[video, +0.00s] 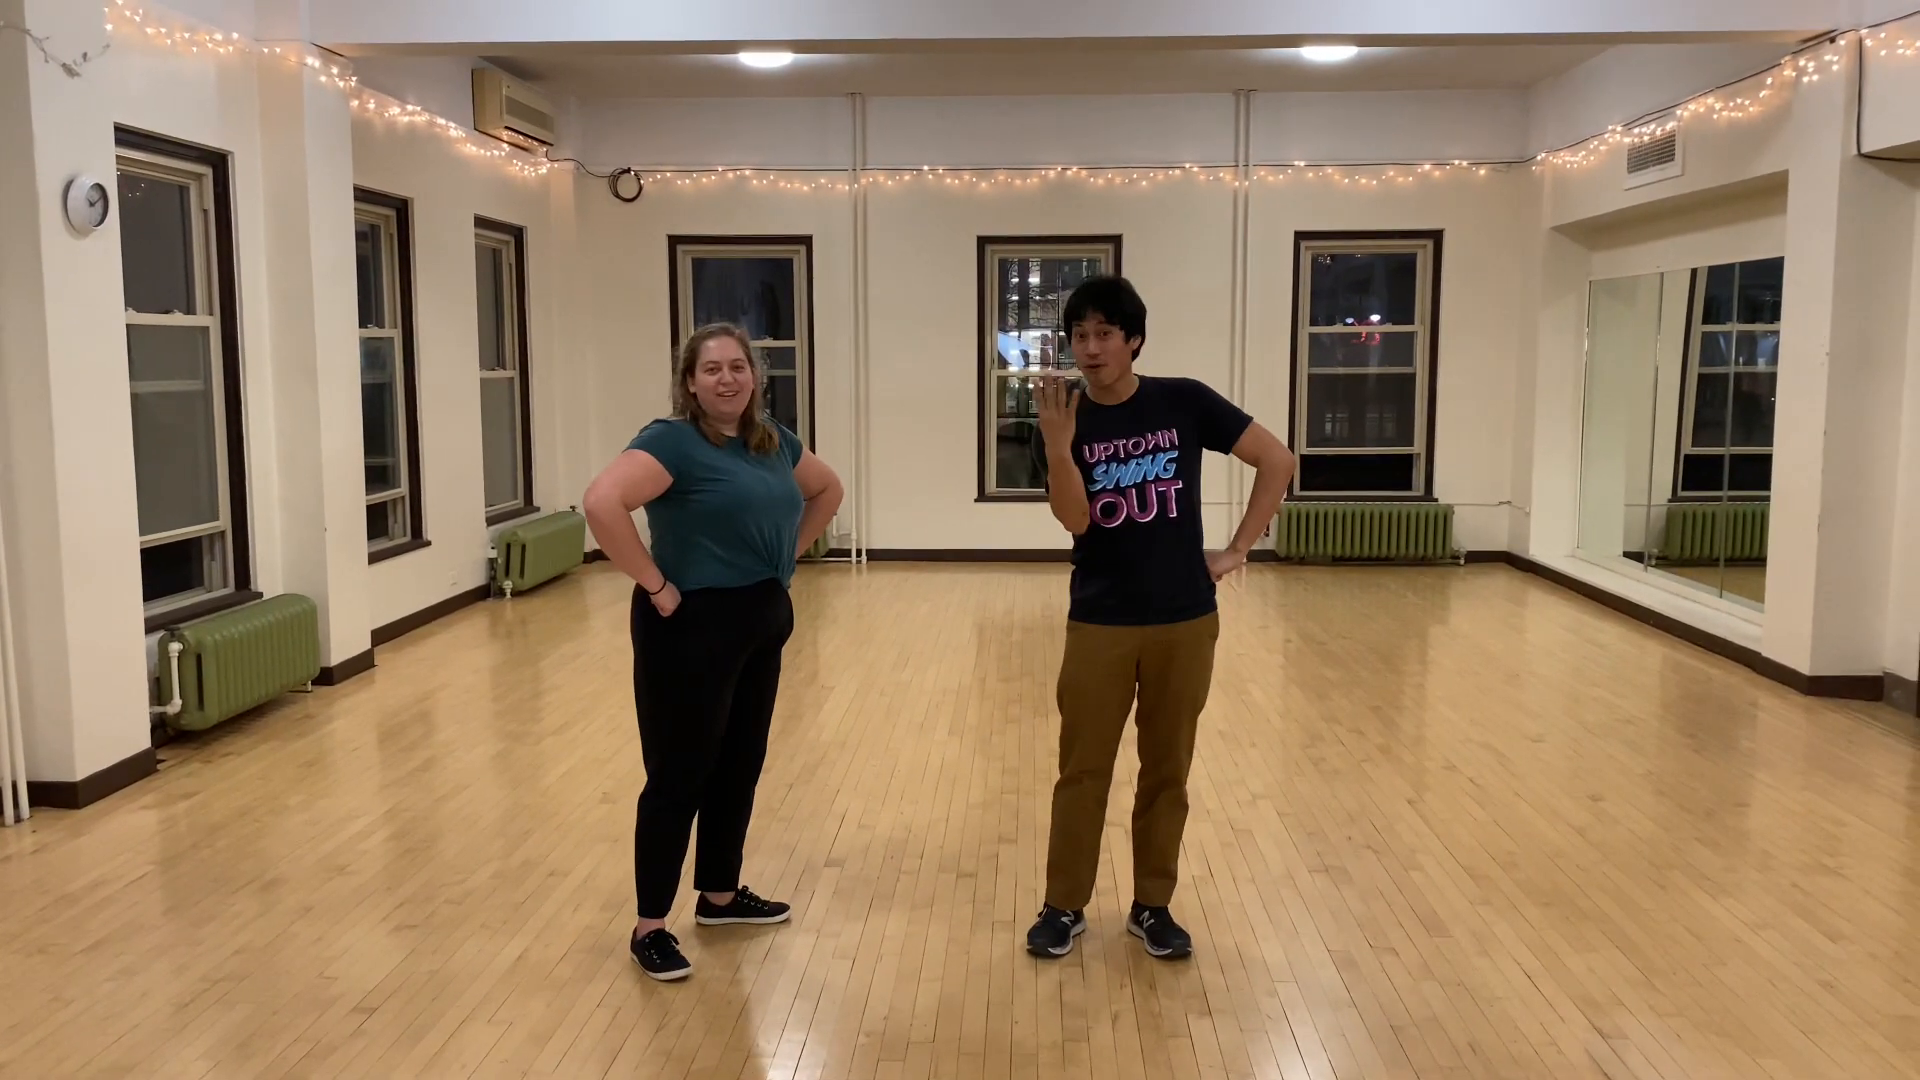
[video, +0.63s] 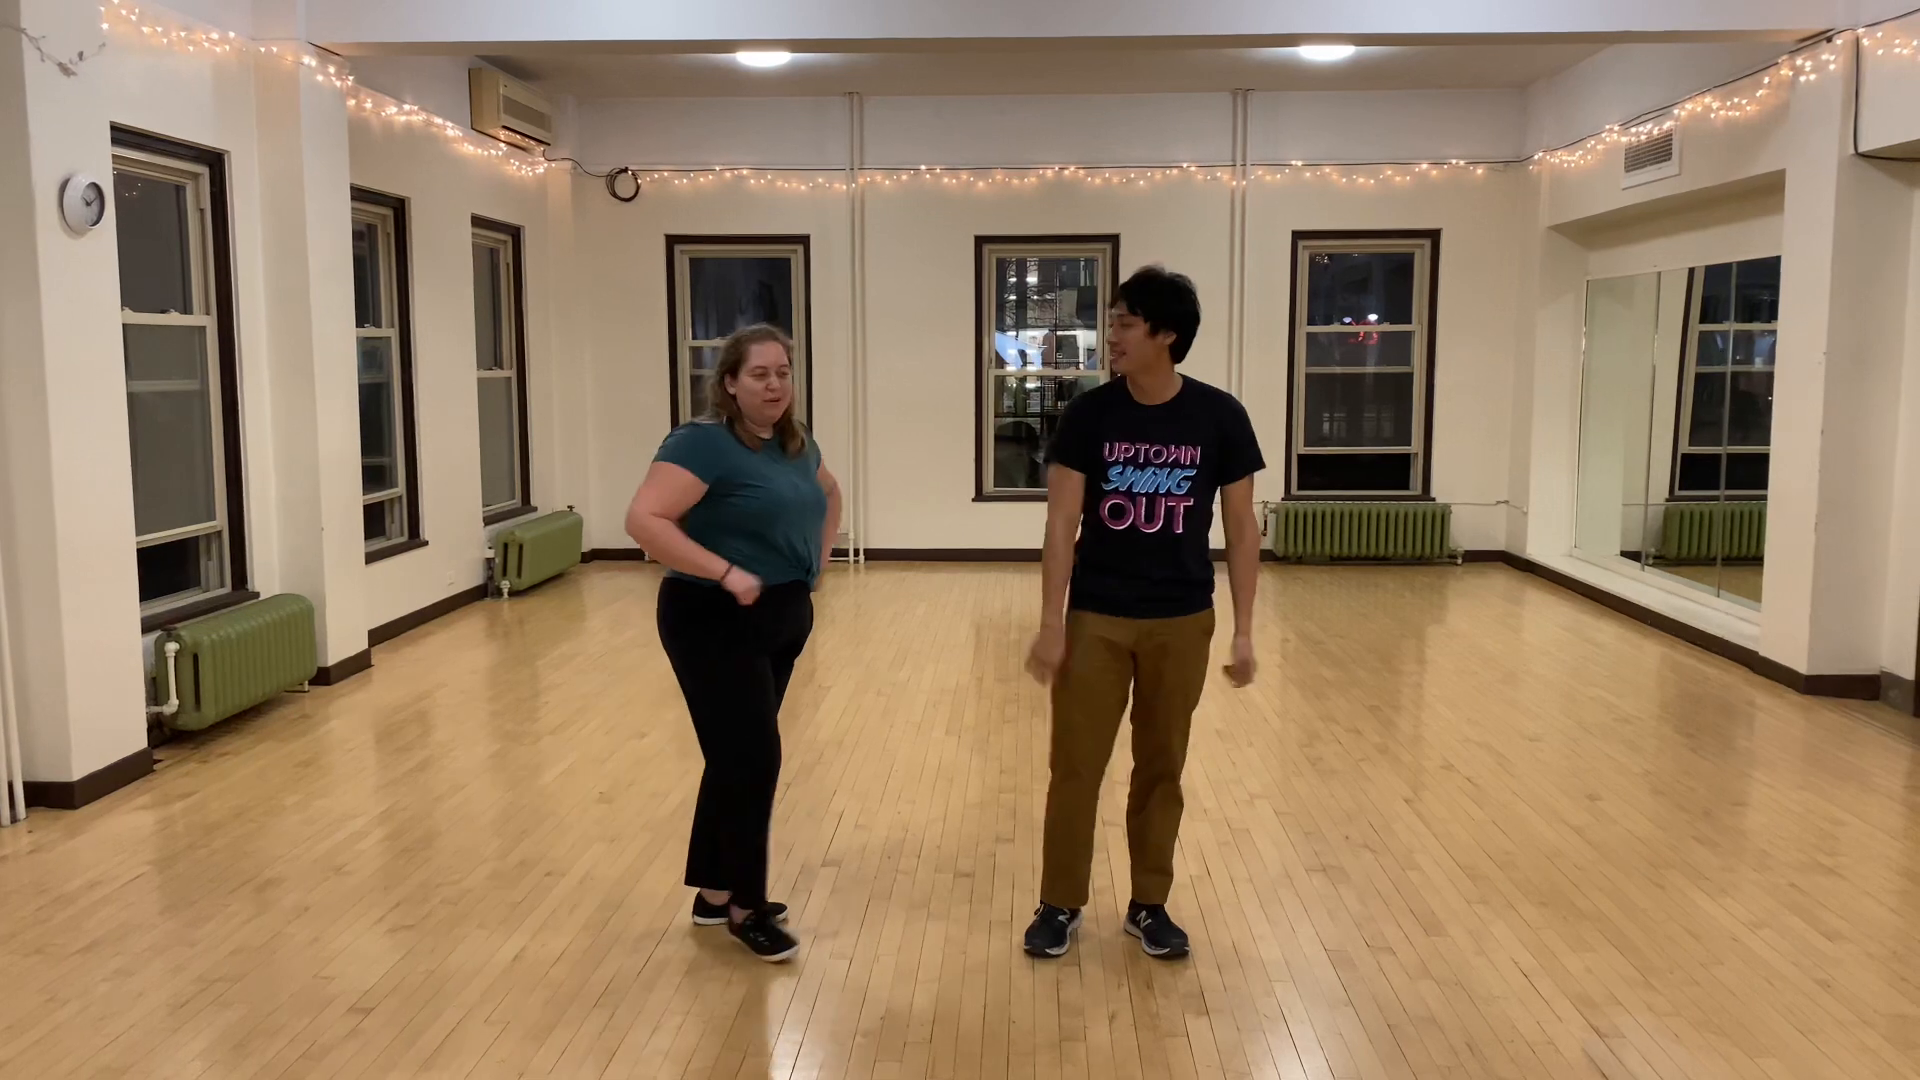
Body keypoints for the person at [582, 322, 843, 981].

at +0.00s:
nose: (728, 377)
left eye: (738, 366)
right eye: (713, 368)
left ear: (755, 377)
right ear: (691, 381)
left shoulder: (771, 442)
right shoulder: (673, 442)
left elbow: (828, 490)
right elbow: (602, 500)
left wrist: (786, 558)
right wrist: (655, 586)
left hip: (758, 621)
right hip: (687, 625)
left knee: (737, 767)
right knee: (677, 775)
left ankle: (719, 894)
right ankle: (650, 925)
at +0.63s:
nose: (774, 385)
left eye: (782, 373)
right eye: (759, 374)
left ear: (792, 380)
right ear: (731, 382)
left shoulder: (794, 443)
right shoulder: (701, 443)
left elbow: (830, 492)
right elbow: (643, 519)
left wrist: (818, 558)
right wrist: (724, 570)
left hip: (776, 614)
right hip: (708, 615)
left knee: (737, 754)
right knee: (753, 757)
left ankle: (711, 892)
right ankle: (745, 906)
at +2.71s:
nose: (825, 383)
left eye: (825, 372)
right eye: (818, 371)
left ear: (788, 373)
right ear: (783, 372)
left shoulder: (786, 433)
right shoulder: (752, 438)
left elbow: (802, 523)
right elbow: (780, 539)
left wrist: (850, 501)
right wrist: (862, 520)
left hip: (790, 613)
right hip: (753, 617)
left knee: (789, 750)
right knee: (760, 758)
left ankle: (793, 875)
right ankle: (766, 903)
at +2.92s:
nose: (827, 385)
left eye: (827, 373)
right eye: (820, 373)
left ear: (782, 375)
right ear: (787, 375)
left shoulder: (758, 430)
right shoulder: (769, 441)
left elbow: (769, 519)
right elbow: (811, 544)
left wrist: (829, 495)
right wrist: (883, 527)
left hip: (767, 606)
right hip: (745, 613)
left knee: (779, 739)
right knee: (753, 751)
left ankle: (787, 862)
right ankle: (761, 903)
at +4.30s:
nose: (804, 372)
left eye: (803, 361)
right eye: (798, 362)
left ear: (743, 366)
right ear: (769, 367)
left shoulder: (699, 423)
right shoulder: (789, 426)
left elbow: (687, 504)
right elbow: (832, 518)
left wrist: (748, 513)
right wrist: (903, 563)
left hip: (703, 585)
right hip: (775, 588)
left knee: (716, 719)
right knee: (769, 724)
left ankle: (720, 851)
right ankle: (770, 861)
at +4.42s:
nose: (806, 372)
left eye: (804, 361)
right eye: (799, 362)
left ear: (744, 367)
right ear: (770, 367)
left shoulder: (700, 424)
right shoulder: (789, 427)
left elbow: (687, 505)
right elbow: (832, 519)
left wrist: (750, 515)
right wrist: (903, 565)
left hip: (704, 585)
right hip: (776, 588)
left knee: (717, 719)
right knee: (769, 724)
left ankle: (718, 852)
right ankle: (769, 862)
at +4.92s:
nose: (801, 372)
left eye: (800, 361)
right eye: (793, 361)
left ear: (741, 368)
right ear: (760, 366)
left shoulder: (701, 425)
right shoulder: (776, 431)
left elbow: (719, 510)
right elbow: (827, 522)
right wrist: (909, 535)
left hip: (704, 585)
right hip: (770, 592)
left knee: (717, 719)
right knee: (768, 725)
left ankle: (712, 852)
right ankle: (763, 863)